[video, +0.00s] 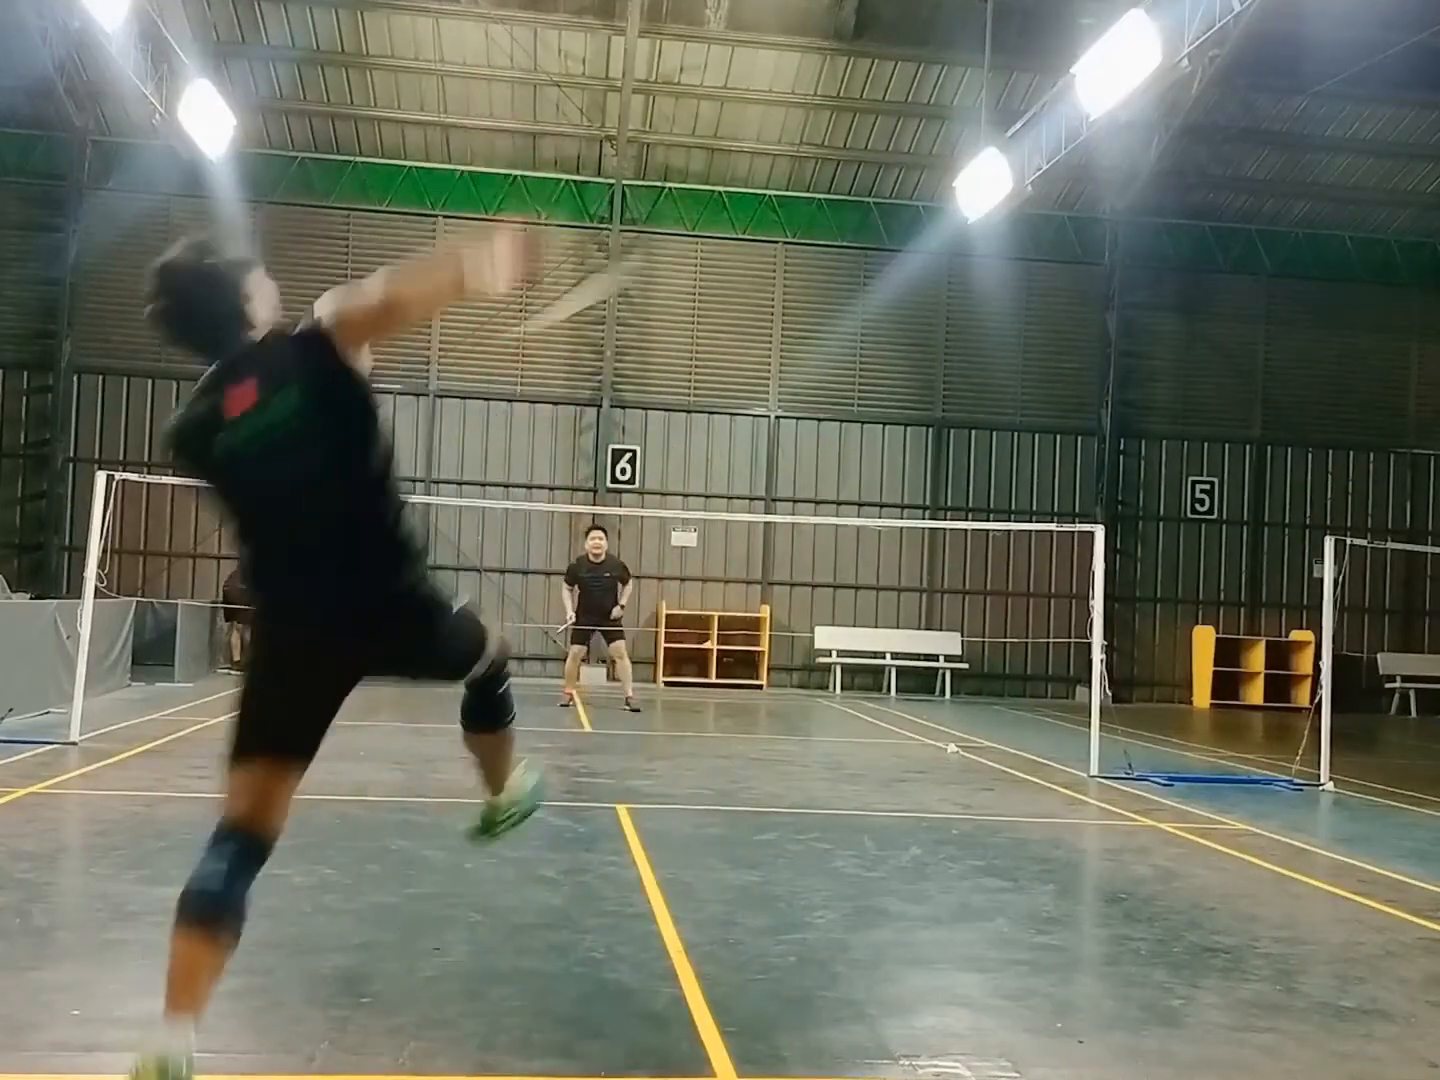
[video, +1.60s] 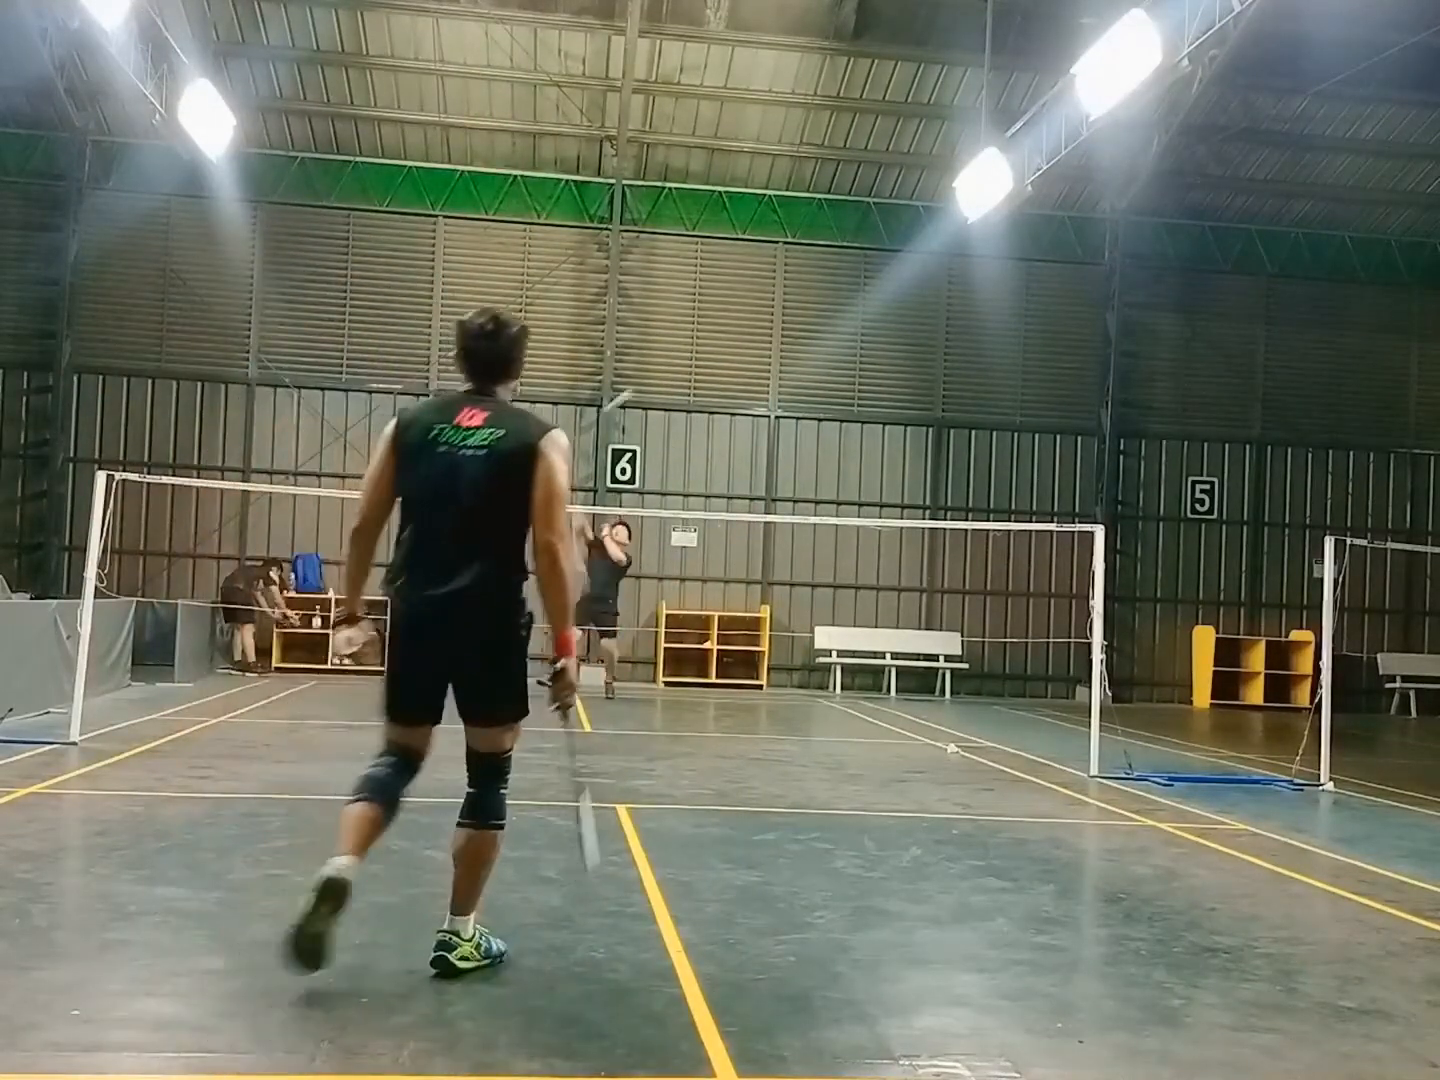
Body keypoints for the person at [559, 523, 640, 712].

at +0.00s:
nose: (597, 542)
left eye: (600, 539)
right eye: (592, 539)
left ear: (606, 543)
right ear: (586, 543)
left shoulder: (616, 565)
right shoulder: (577, 566)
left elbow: (627, 583)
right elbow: (567, 588)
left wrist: (621, 605)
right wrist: (569, 611)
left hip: (609, 617)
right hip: (584, 617)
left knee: (620, 653)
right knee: (575, 653)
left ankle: (629, 695)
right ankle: (568, 694)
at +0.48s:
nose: (607, 533)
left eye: (612, 531)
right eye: (604, 530)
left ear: (620, 538)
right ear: (599, 536)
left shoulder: (628, 563)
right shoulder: (592, 560)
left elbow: (640, 586)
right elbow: (583, 579)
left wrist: (624, 586)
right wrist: (582, 590)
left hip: (616, 616)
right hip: (593, 613)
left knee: (612, 650)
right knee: (579, 650)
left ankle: (619, 697)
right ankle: (579, 690)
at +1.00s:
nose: (585, 540)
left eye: (589, 538)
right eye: (582, 538)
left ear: (597, 545)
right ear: (577, 545)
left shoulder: (603, 563)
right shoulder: (576, 569)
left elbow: (619, 582)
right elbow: (573, 597)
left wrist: (610, 560)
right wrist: (557, 584)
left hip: (602, 616)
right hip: (583, 618)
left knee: (603, 650)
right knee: (565, 652)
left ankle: (611, 691)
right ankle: (577, 688)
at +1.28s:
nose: (587, 536)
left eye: (592, 533)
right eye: (585, 533)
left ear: (599, 540)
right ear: (580, 539)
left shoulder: (604, 553)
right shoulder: (580, 563)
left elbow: (619, 568)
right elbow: (572, 590)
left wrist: (614, 547)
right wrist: (564, 571)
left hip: (598, 609)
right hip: (581, 611)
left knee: (597, 646)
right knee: (565, 649)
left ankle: (613, 679)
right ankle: (577, 687)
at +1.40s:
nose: (595, 530)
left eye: (600, 527)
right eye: (594, 527)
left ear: (610, 534)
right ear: (590, 532)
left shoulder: (611, 550)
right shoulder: (581, 554)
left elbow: (626, 566)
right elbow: (563, 565)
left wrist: (624, 544)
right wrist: (570, 549)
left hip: (599, 603)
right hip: (579, 602)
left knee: (601, 644)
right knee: (574, 645)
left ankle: (611, 673)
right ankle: (577, 685)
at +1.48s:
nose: (608, 536)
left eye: (611, 534)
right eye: (607, 533)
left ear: (615, 535)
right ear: (602, 532)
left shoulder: (616, 550)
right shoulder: (586, 546)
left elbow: (627, 561)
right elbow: (566, 540)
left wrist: (623, 539)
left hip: (602, 599)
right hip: (581, 597)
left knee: (606, 640)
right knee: (574, 641)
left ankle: (612, 668)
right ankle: (574, 681)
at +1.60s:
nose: (621, 535)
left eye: (623, 533)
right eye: (617, 532)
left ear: (628, 540)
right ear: (609, 533)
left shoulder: (625, 558)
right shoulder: (595, 546)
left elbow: (617, 557)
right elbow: (583, 529)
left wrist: (605, 537)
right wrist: (576, 511)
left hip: (607, 603)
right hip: (587, 600)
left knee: (608, 644)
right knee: (575, 638)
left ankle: (609, 680)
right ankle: (571, 677)